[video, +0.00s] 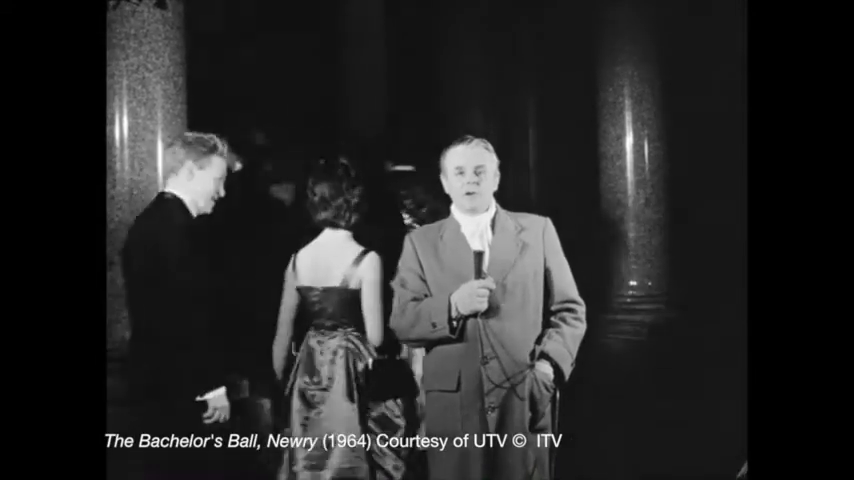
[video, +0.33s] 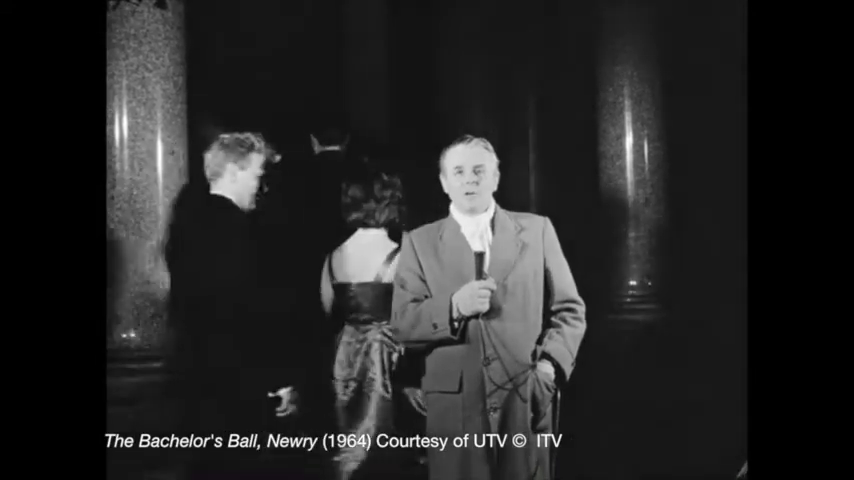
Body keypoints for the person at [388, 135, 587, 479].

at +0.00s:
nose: (470, 179)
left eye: (480, 170)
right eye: (459, 172)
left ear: (497, 178)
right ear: (444, 183)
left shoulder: (537, 231)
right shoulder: (419, 242)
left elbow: (569, 309)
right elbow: (402, 320)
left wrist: (549, 364)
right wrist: (451, 306)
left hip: (522, 398)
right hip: (451, 399)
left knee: (525, 474)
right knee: (451, 474)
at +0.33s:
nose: (470, 179)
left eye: (479, 169)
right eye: (459, 171)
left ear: (497, 178)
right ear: (443, 183)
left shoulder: (537, 231)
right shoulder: (419, 243)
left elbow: (568, 309)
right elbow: (402, 325)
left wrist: (550, 363)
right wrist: (452, 307)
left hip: (523, 398)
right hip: (453, 401)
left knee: (528, 474)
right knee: (453, 473)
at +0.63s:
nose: (471, 174)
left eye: (481, 166)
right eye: (460, 167)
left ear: (498, 178)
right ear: (445, 180)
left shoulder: (538, 231)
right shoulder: (416, 245)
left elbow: (569, 309)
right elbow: (402, 321)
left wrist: (551, 364)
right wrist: (453, 306)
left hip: (524, 398)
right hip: (453, 401)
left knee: (527, 474)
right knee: (455, 474)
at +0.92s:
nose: (474, 179)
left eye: (484, 170)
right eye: (464, 170)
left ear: (501, 178)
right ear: (447, 180)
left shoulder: (541, 232)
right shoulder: (421, 244)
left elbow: (572, 310)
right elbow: (404, 320)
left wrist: (550, 366)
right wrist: (453, 307)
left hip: (524, 397)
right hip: (453, 398)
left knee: (527, 474)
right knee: (453, 473)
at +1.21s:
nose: (473, 179)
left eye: (484, 170)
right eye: (464, 170)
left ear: (504, 179)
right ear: (451, 180)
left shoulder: (543, 231)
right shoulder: (424, 241)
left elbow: (574, 311)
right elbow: (406, 319)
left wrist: (551, 366)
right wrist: (454, 306)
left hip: (525, 397)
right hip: (454, 398)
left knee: (526, 474)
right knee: (455, 474)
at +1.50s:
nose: (472, 179)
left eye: (483, 171)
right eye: (464, 170)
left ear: (505, 180)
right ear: (453, 178)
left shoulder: (545, 232)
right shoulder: (428, 241)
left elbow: (577, 311)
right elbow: (409, 320)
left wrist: (554, 367)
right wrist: (457, 308)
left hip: (527, 399)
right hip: (457, 400)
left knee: (529, 475)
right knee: (459, 474)